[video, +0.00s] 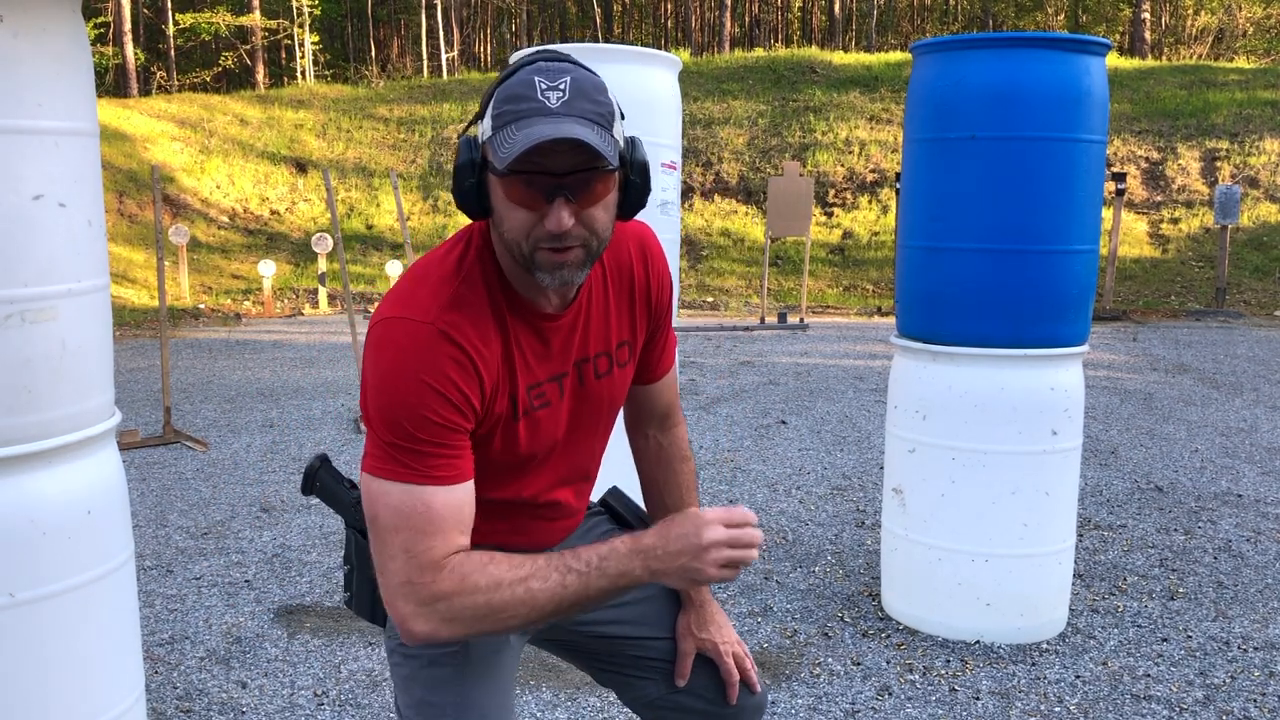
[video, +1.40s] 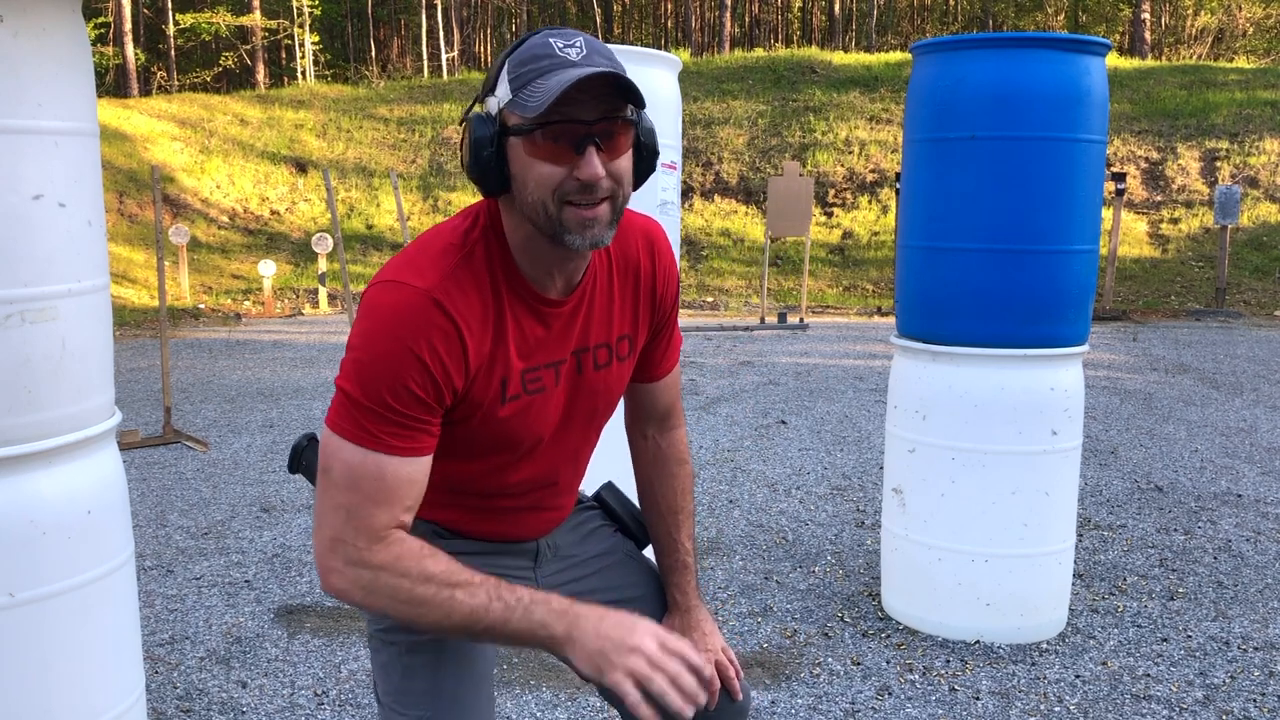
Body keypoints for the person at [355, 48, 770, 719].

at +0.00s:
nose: (560, 216)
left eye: (584, 181)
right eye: (533, 183)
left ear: (620, 181)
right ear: (483, 181)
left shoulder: (635, 260)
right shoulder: (422, 332)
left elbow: (658, 422)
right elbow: (423, 600)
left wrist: (698, 592)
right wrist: (651, 556)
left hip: (569, 538)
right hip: (450, 573)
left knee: (730, 698)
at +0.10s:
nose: (564, 218)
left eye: (589, 182)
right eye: (537, 183)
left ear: (624, 186)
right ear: (488, 183)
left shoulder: (639, 266)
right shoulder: (422, 331)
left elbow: (657, 431)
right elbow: (436, 596)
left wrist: (697, 597)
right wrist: (644, 490)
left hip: (583, 552)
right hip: (455, 579)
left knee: (731, 700)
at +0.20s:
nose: (554, 213)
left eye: (580, 178)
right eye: (526, 179)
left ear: (618, 180)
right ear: (482, 179)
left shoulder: (636, 263)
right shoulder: (419, 328)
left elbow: (662, 431)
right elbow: (487, 582)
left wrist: (699, 600)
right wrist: (641, 399)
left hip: (583, 545)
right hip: (447, 567)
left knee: (730, 700)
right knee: (458, 706)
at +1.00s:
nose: (550, 204)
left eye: (577, 172)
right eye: (523, 171)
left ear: (613, 170)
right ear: (474, 166)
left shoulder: (628, 253)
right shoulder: (415, 313)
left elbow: (655, 432)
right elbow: (510, 558)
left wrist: (690, 599)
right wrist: (703, 430)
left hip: (567, 536)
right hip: (433, 551)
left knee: (721, 701)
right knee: (456, 705)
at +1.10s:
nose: (559, 199)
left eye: (584, 164)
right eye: (530, 164)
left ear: (619, 163)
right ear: (480, 160)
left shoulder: (629, 252)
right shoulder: (415, 312)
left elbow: (654, 426)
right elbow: (466, 573)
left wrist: (690, 593)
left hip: (556, 522)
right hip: (432, 543)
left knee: (718, 701)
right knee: (455, 706)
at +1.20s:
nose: (572, 189)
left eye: (596, 156)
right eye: (542, 156)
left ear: (627, 159)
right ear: (489, 155)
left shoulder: (632, 251)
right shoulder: (415, 311)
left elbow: (655, 427)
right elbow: (426, 574)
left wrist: (689, 602)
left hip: (569, 537)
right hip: (442, 563)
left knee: (714, 694)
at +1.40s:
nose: (591, 169)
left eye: (609, 138)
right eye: (559, 140)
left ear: (636, 146)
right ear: (495, 152)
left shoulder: (642, 255)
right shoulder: (419, 301)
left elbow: (659, 429)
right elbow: (353, 553)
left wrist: (686, 602)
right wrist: (572, 627)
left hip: (570, 532)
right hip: (439, 552)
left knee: (712, 698)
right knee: (449, 705)